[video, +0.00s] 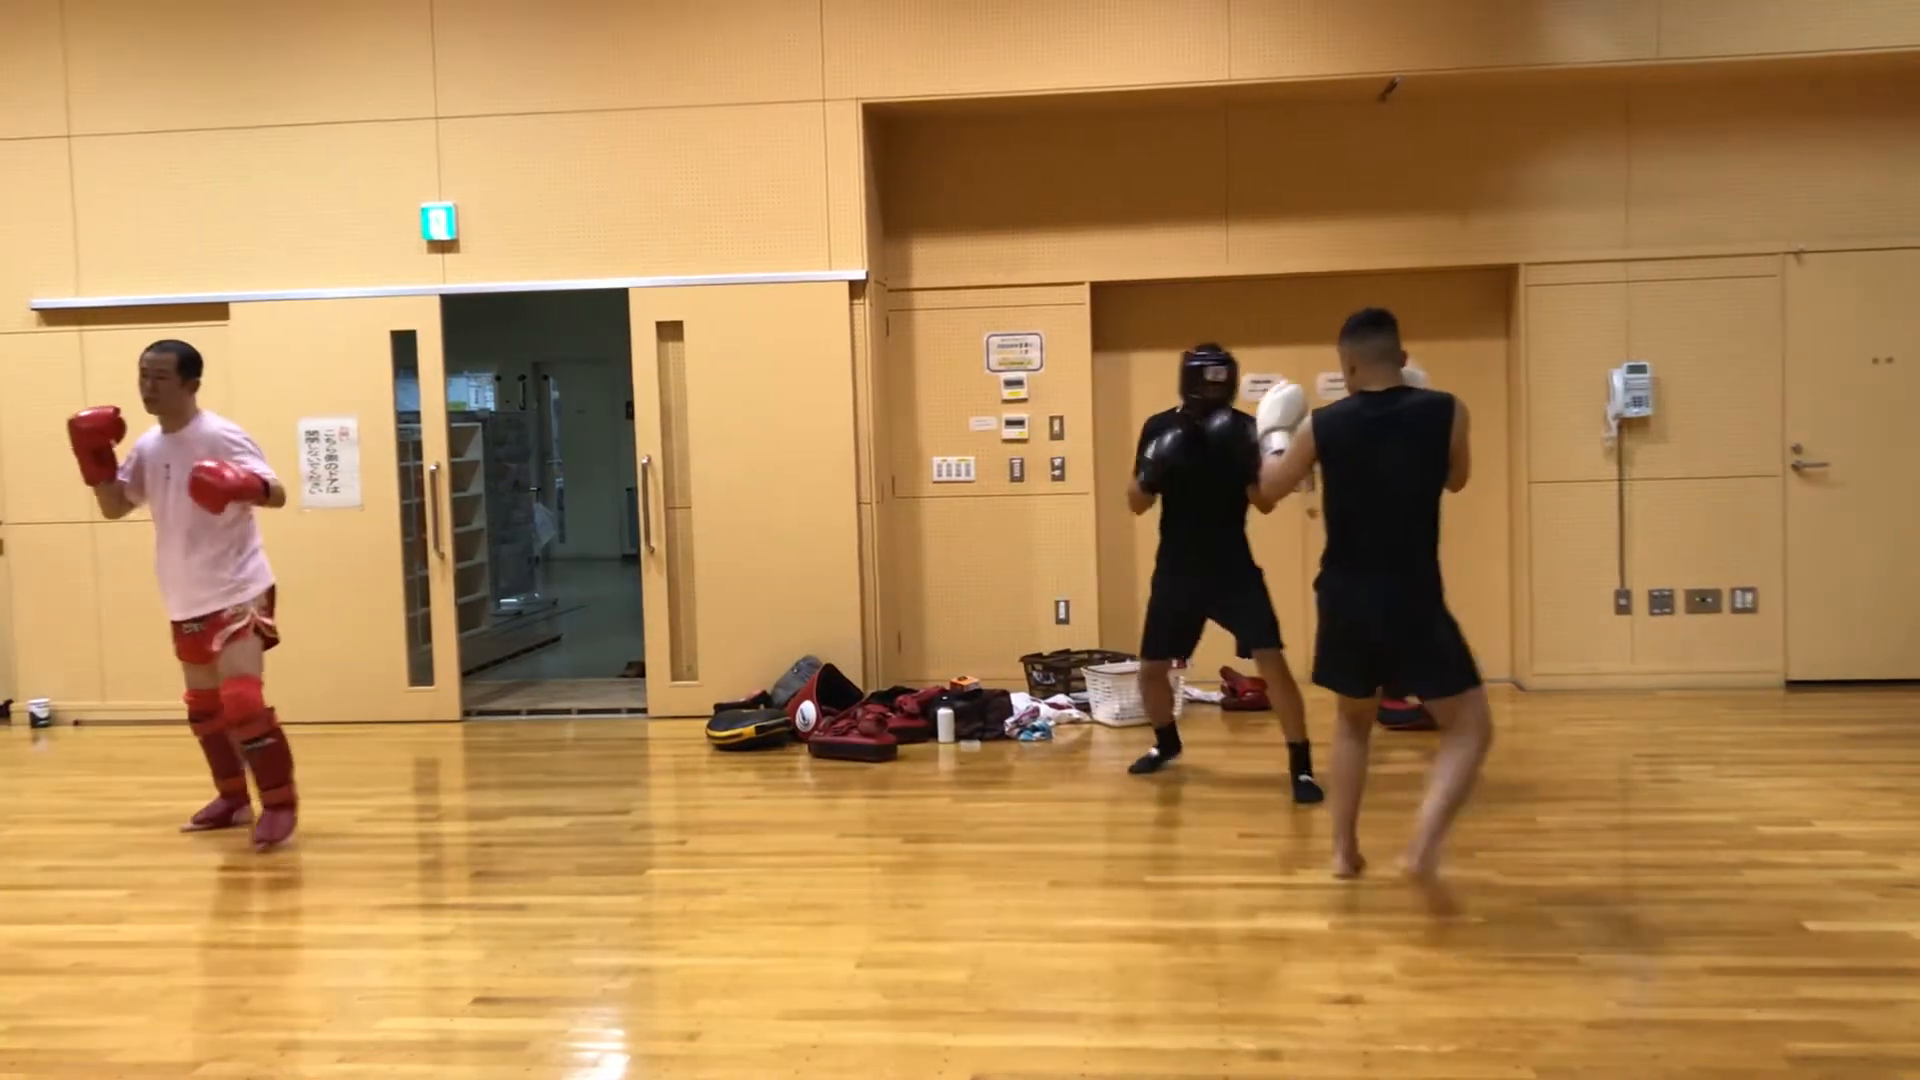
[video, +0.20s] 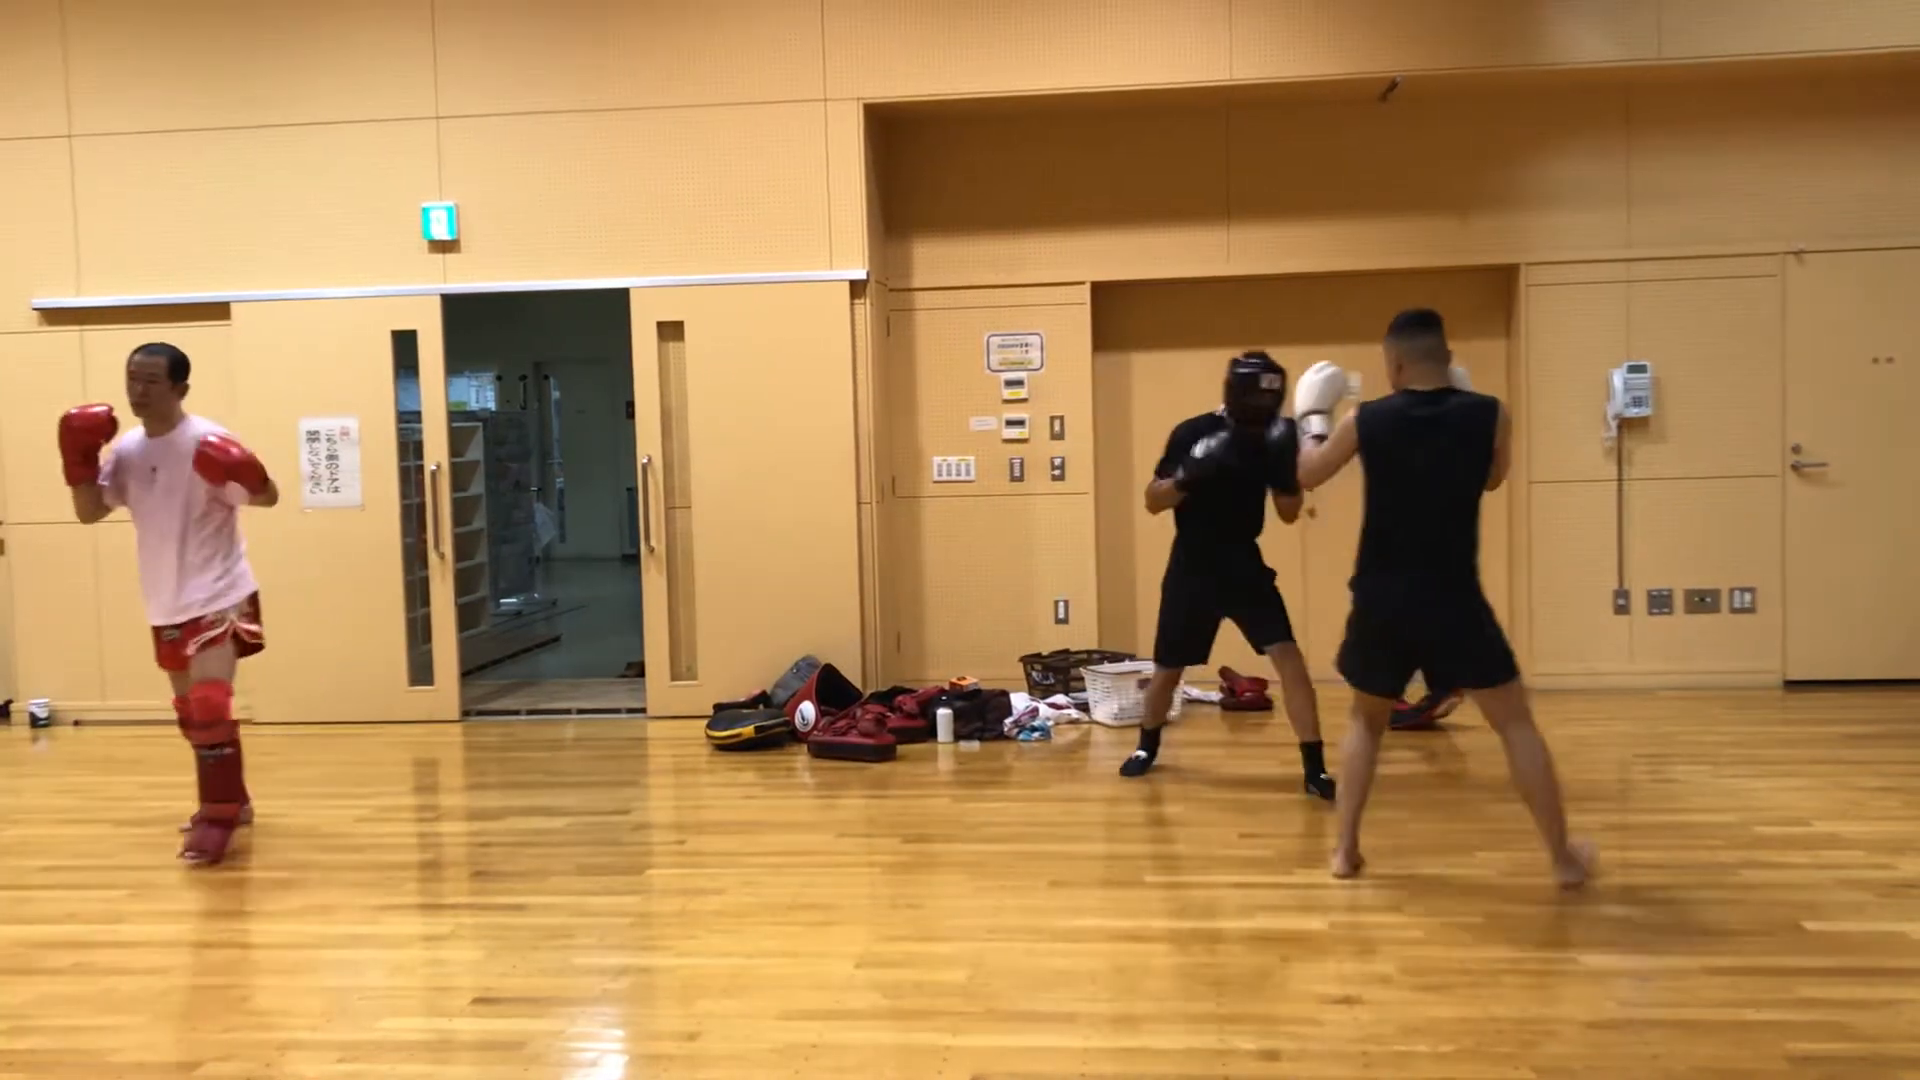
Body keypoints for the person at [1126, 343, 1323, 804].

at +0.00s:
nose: (1209, 394)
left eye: (1219, 383)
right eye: (1201, 383)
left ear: (1233, 385)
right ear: (1184, 383)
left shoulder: (1244, 429)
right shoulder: (1161, 428)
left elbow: (1266, 501)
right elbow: (1136, 503)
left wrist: (1245, 455)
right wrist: (1158, 463)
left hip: (1233, 565)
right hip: (1177, 567)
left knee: (1270, 660)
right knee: (1151, 666)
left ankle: (1301, 769)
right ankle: (1167, 744)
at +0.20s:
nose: (1265, 404)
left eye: (1273, 395)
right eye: (1256, 394)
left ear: (1279, 396)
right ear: (1231, 391)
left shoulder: (1275, 438)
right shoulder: (1192, 434)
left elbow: (1289, 512)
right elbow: (1152, 501)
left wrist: (1283, 457)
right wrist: (1191, 473)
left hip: (1244, 566)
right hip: (1191, 567)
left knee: (1288, 658)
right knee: (1168, 669)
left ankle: (1316, 771)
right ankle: (1146, 751)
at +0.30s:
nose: (1304, 412)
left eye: (1310, 403)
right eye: (1296, 402)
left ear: (1313, 407)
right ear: (1268, 399)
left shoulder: (1299, 455)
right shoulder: (1229, 434)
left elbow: (1294, 525)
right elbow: (1181, 492)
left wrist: (1315, 483)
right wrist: (1230, 465)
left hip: (1254, 570)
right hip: (1204, 570)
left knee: (1304, 658)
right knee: (1178, 670)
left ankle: (1317, 773)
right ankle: (1143, 746)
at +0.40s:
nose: (1325, 416)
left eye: (1328, 408)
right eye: (1320, 406)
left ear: (1321, 415)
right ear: (1298, 403)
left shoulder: (1300, 456)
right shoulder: (1256, 429)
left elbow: (1288, 524)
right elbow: (1248, 454)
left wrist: (1320, 508)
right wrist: (1303, 429)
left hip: (1260, 569)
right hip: (1213, 567)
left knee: (1308, 657)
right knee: (1183, 670)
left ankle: (1318, 773)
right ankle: (1145, 743)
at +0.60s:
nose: (1333, 395)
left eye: (1343, 388)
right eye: (1329, 383)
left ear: (1354, 398)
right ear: (1315, 384)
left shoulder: (1345, 448)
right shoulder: (1282, 411)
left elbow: (1345, 528)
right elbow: (1252, 442)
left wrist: (1370, 485)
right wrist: (1301, 415)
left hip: (1282, 560)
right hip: (1230, 554)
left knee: (1321, 659)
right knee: (1184, 658)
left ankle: (1315, 774)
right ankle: (1139, 742)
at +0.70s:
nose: (1337, 402)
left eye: (1347, 396)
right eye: (1331, 392)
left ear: (1360, 400)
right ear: (1317, 386)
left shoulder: (1356, 437)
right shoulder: (1282, 410)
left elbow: (1383, 507)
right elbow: (1230, 448)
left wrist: (1394, 447)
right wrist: (1282, 417)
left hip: (1289, 558)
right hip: (1235, 551)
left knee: (1322, 658)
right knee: (1189, 652)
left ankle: (1316, 774)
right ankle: (1145, 740)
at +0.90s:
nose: (1351, 387)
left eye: (1359, 379)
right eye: (1342, 377)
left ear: (1365, 382)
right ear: (1318, 374)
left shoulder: (1356, 423)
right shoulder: (1286, 408)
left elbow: (1391, 442)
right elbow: (1231, 459)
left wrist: (1398, 413)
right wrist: (1265, 421)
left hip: (1310, 553)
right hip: (1255, 548)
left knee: (1325, 656)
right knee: (1209, 648)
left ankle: (1319, 772)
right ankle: (1207, 734)